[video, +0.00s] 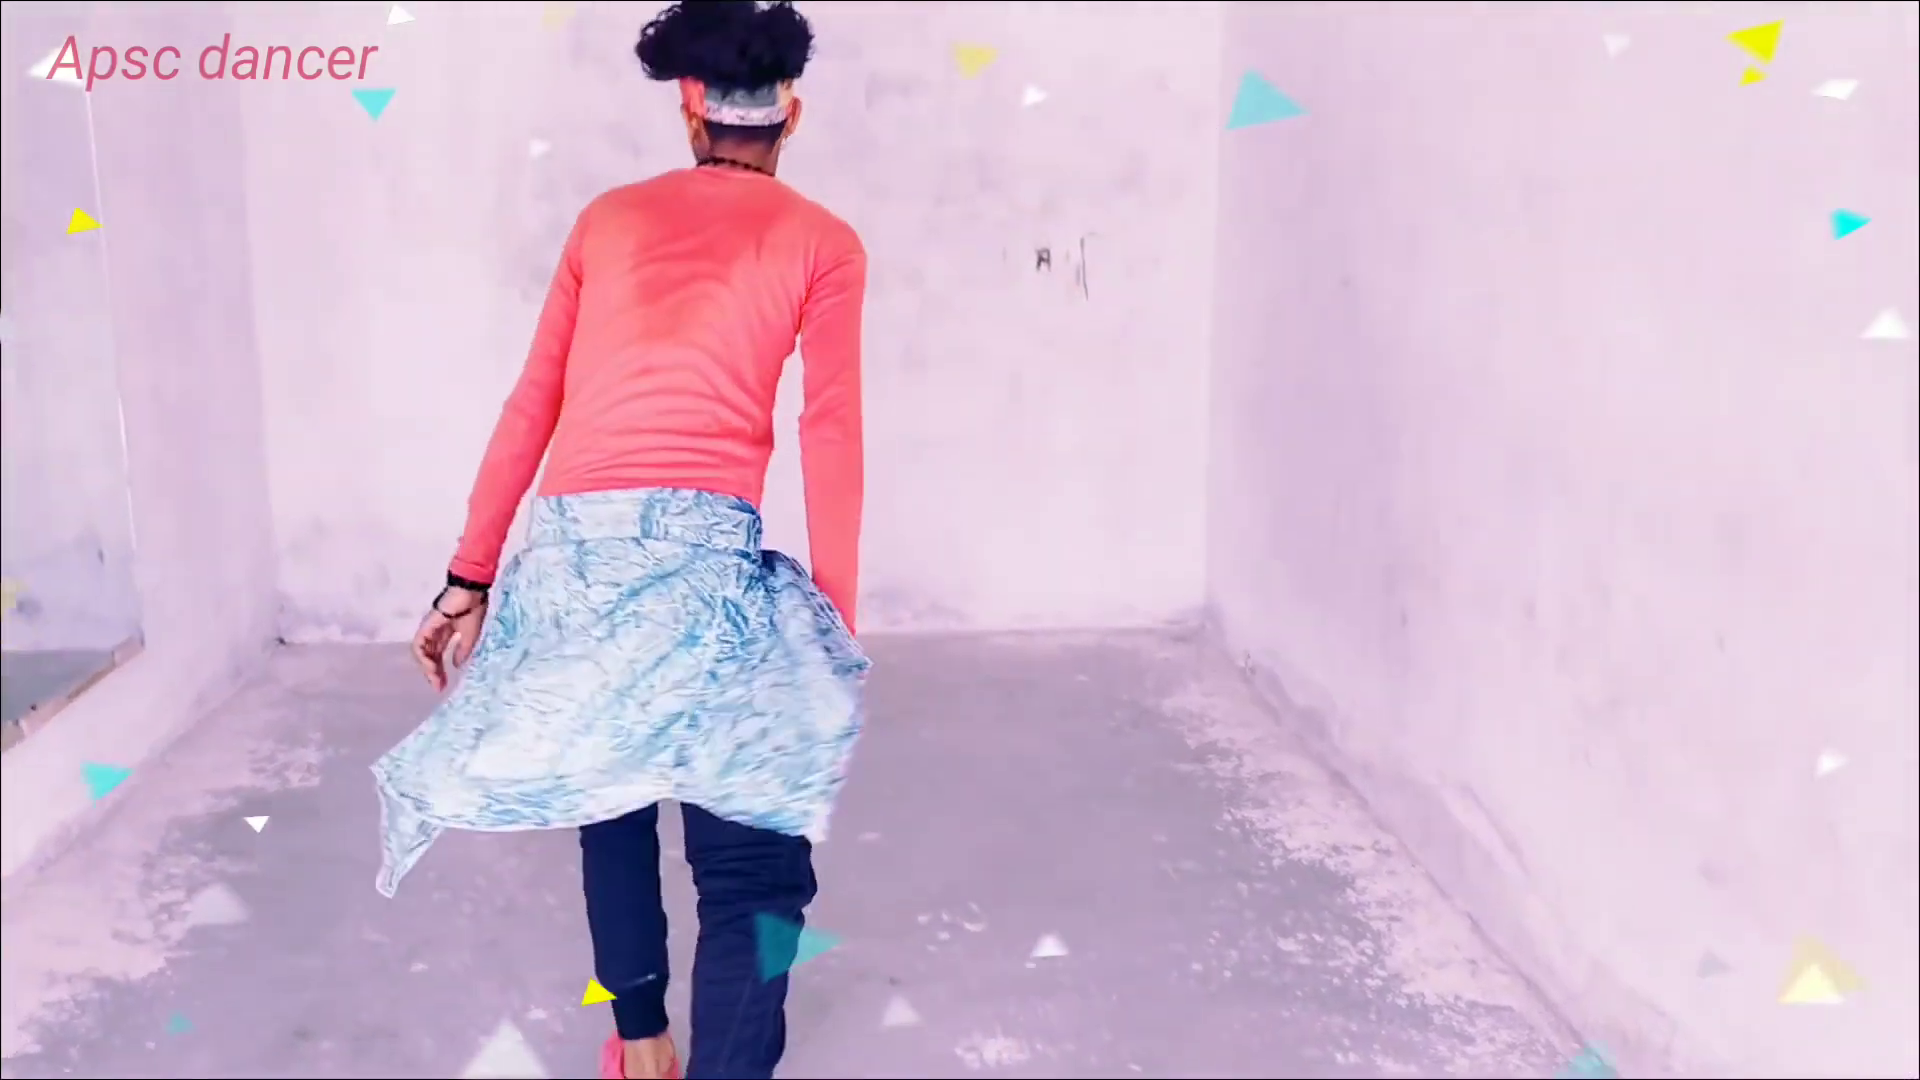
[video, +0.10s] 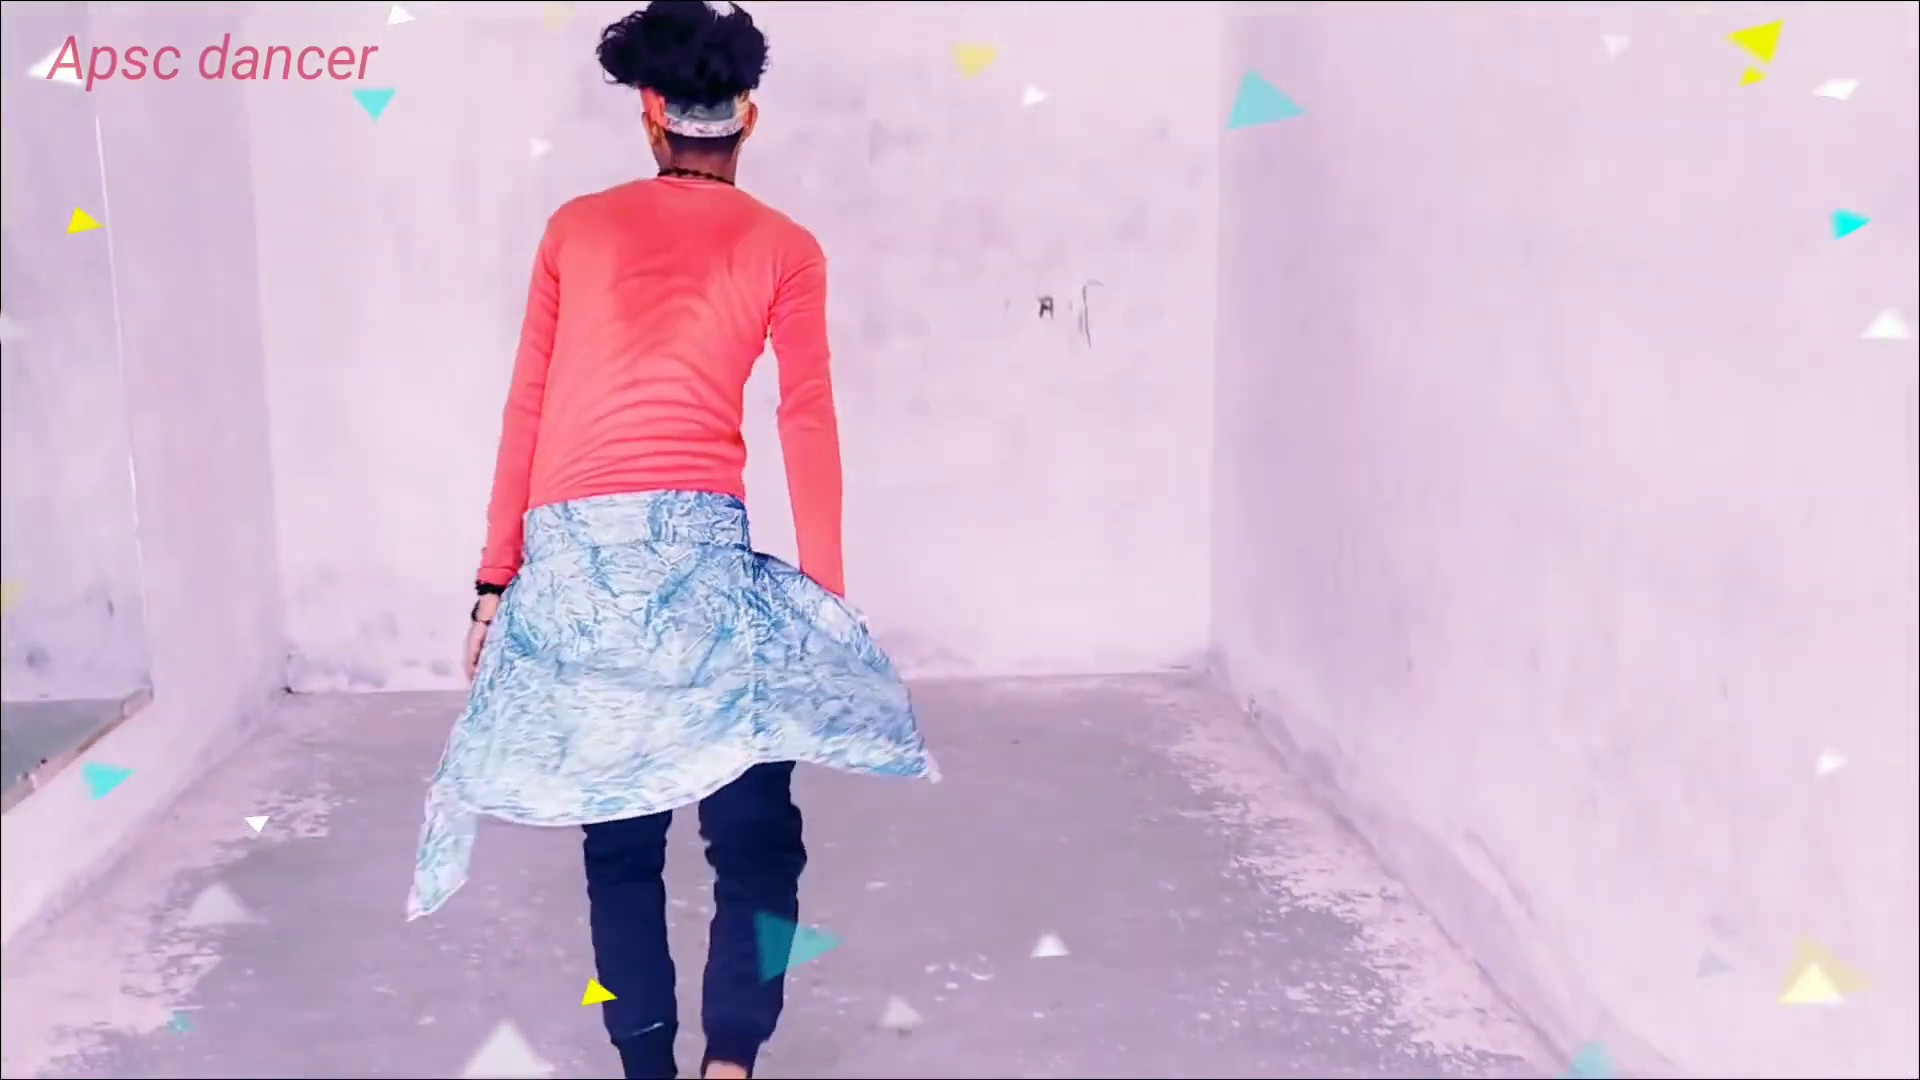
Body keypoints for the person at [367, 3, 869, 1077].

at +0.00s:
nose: (702, 106)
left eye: (688, 90)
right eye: (782, 91)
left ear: (686, 103)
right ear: (793, 107)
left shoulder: (607, 217)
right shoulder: (820, 241)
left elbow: (534, 402)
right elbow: (827, 428)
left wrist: (469, 575)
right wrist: (835, 616)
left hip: (562, 570)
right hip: (702, 576)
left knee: (611, 811)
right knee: (748, 878)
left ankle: (642, 1048)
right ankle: (730, 1069)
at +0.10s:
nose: (649, 114)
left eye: (644, 101)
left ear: (647, 116)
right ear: (751, 116)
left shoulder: (576, 226)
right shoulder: (782, 245)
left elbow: (526, 411)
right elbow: (808, 422)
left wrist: (495, 579)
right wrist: (824, 600)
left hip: (573, 573)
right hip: (705, 571)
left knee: (620, 845)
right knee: (754, 836)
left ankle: (646, 1064)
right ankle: (727, 1061)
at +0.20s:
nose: (692, 115)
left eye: (643, 98)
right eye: (715, 98)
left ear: (623, 113)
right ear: (727, 115)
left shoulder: (558, 232)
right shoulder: (759, 241)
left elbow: (525, 406)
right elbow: (790, 415)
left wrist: (515, 560)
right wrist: (813, 580)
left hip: (569, 558)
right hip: (697, 557)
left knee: (614, 827)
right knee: (727, 803)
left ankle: (647, 1060)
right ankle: (735, 1021)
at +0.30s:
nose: (650, 162)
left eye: (632, 145)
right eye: (681, 147)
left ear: (615, 154)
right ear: (710, 156)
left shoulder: (558, 268)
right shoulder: (748, 274)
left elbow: (524, 431)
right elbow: (785, 437)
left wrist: (519, 580)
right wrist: (815, 589)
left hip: (583, 571)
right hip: (699, 565)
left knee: (631, 831)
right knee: (714, 774)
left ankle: (674, 1061)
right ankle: (732, 971)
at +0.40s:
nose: (626, 206)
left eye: (620, 194)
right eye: (667, 195)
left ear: (615, 205)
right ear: (705, 206)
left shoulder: (567, 313)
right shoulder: (743, 323)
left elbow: (535, 470)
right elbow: (783, 478)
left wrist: (525, 607)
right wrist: (817, 614)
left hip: (601, 598)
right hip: (707, 589)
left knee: (645, 837)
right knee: (710, 762)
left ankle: (707, 1056)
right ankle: (736, 940)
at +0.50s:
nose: (608, 201)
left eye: (608, 189)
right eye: (621, 190)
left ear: (613, 197)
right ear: (695, 203)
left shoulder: (571, 295)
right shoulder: (728, 311)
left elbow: (541, 442)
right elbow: (757, 476)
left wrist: (521, 576)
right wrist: (791, 601)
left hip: (606, 574)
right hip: (706, 565)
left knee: (605, 786)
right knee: (711, 761)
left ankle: (710, 944)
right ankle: (759, 949)